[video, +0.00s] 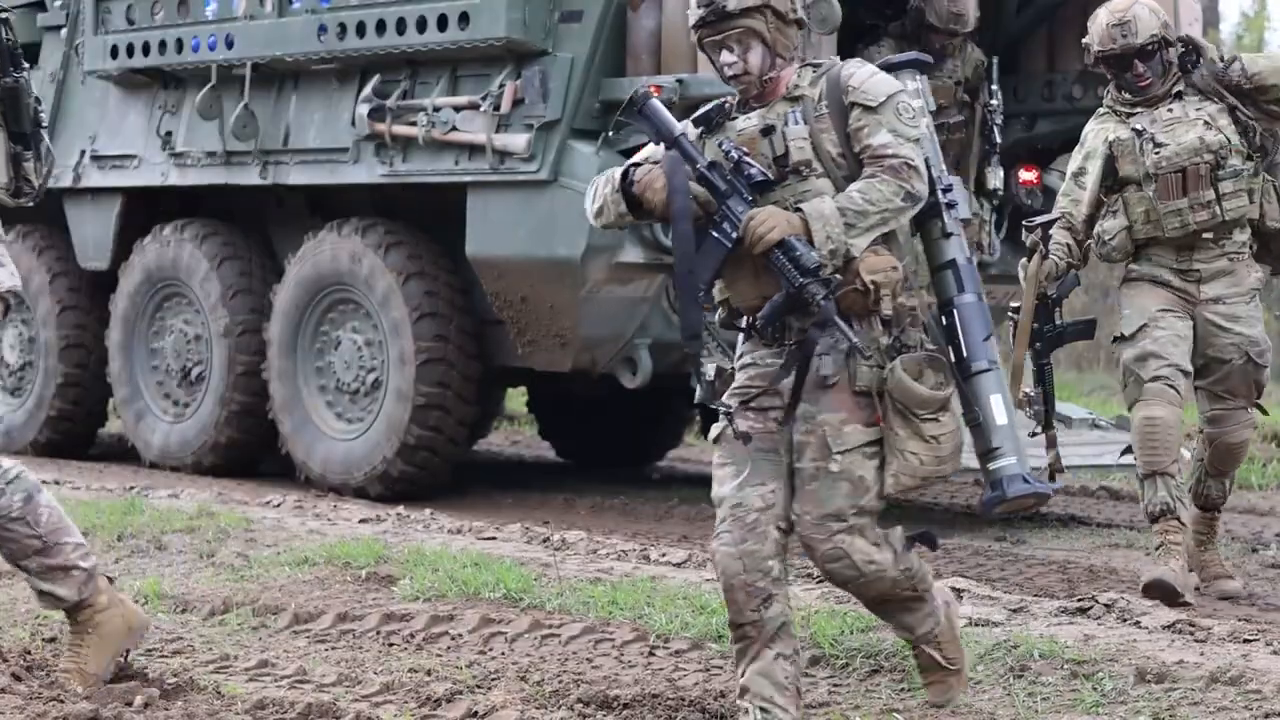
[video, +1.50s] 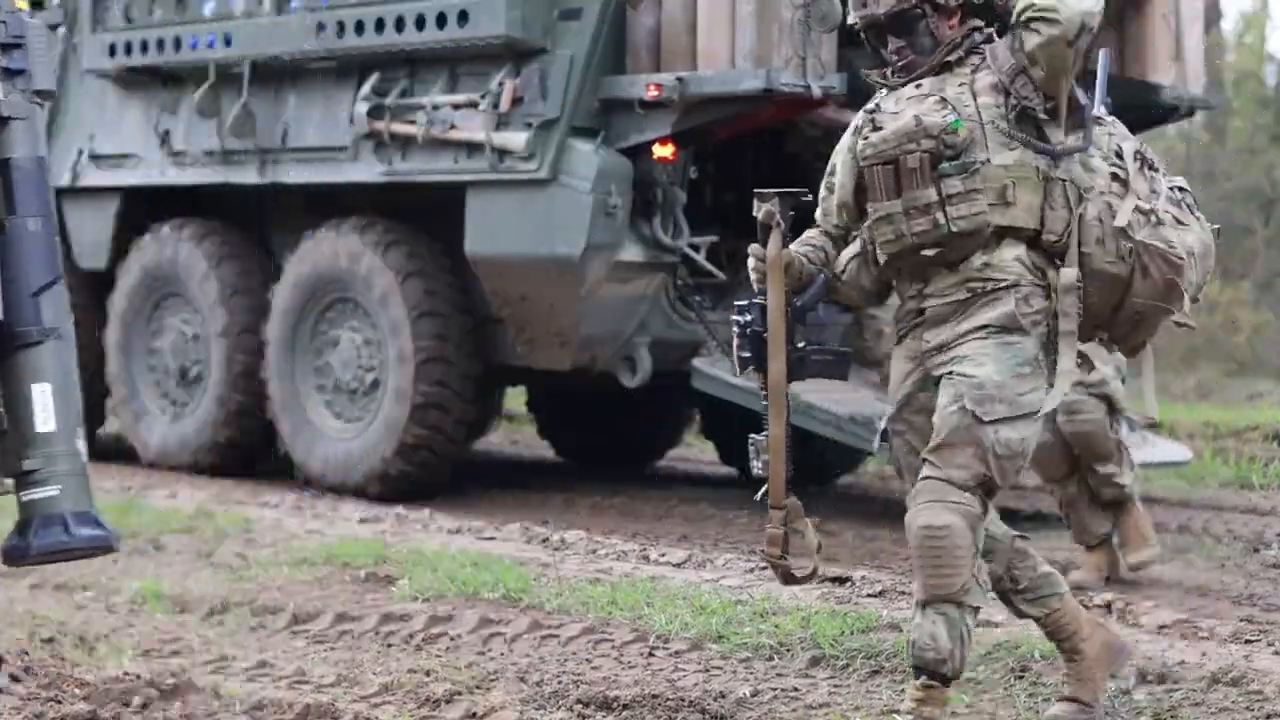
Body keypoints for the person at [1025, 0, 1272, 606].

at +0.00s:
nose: (1136, 72)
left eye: (1145, 58)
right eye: (1121, 65)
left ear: (1170, 50)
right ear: (1106, 70)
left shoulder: (1216, 95)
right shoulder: (1105, 129)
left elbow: (1278, 82)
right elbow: (1072, 210)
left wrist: (1228, 67)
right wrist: (1054, 250)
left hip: (1231, 271)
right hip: (1152, 276)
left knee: (1232, 419)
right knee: (1156, 389)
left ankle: (1204, 533)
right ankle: (1168, 545)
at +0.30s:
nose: (1141, 67)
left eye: (1150, 53)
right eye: (1124, 59)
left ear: (1171, 43)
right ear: (1101, 59)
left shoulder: (1219, 80)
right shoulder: (1090, 120)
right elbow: (1058, 209)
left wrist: (1248, 112)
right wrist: (1058, 255)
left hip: (1225, 265)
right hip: (1141, 286)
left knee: (1240, 390)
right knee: (1153, 444)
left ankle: (1232, 526)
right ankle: (1186, 572)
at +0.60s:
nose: (1134, 39)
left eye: (1144, 23)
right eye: (1118, 31)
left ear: (1172, 15)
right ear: (1104, 34)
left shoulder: (1223, 61)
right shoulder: (1094, 89)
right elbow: (1057, 191)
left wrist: (1237, 17)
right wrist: (1035, 226)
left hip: (1215, 256)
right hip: (1128, 271)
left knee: (1199, 416)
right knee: (1120, 445)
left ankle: (1191, 583)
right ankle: (1170, 531)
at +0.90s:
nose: (1079, 14)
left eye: (1092, 3)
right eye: (1068, 8)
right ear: (1062, 13)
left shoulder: (1191, 34)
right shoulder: (1057, 79)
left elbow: (1268, 75)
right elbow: (1028, 184)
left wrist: (1175, 36)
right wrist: (1004, 215)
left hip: (1191, 256)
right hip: (1096, 265)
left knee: (1187, 444)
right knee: (1064, 423)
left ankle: (1188, 592)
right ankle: (1123, 582)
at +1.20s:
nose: (984, 56)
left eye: (997, 37)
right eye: (974, 46)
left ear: (1044, 25)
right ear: (967, 53)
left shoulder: (1112, 59)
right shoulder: (978, 133)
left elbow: (1223, 100)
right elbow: (950, 245)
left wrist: (1116, 87)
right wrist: (897, 247)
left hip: (1126, 302)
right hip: (1035, 319)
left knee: (1103, 488)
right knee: (1019, 503)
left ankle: (1174, 569)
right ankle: (1112, 662)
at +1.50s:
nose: (891, 48)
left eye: (905, 26)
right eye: (877, 37)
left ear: (952, 15)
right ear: (868, 47)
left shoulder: (1010, 67)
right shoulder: (872, 123)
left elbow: (1072, 23)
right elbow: (831, 233)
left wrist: (1034, 23)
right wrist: (789, 266)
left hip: (1005, 312)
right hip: (917, 332)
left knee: (943, 504)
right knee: (948, 512)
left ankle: (929, 695)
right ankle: (1088, 638)